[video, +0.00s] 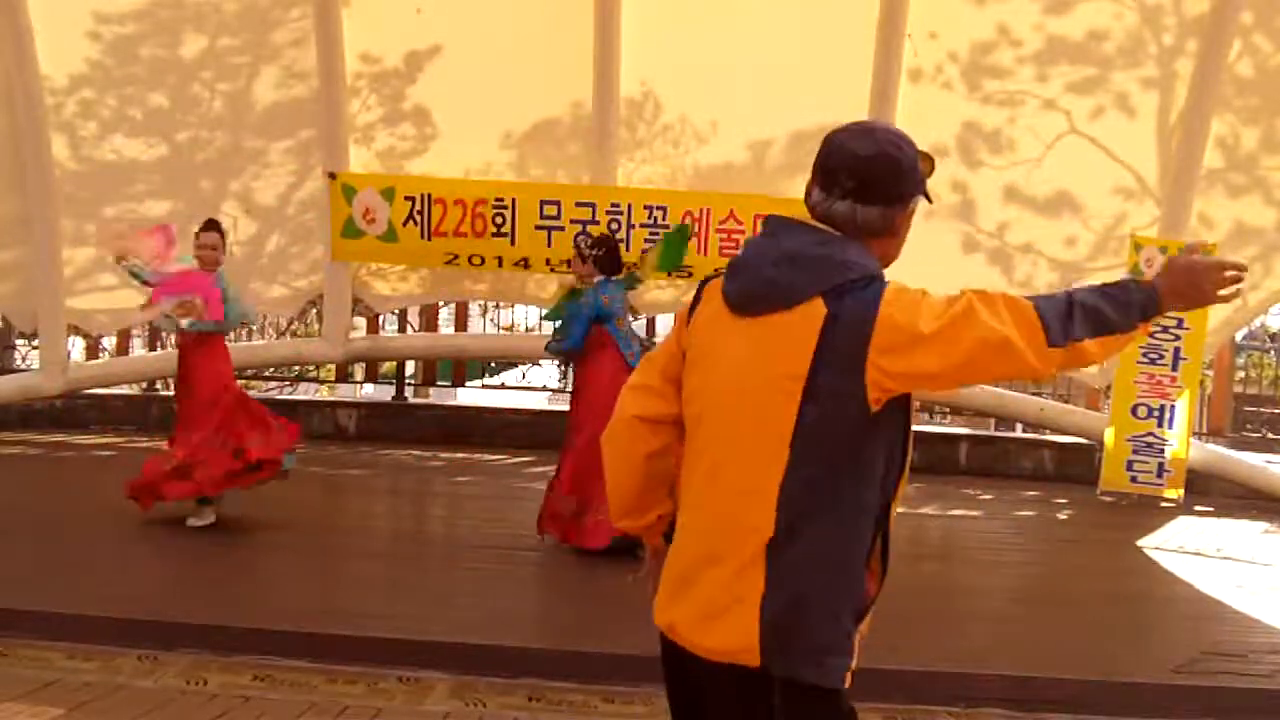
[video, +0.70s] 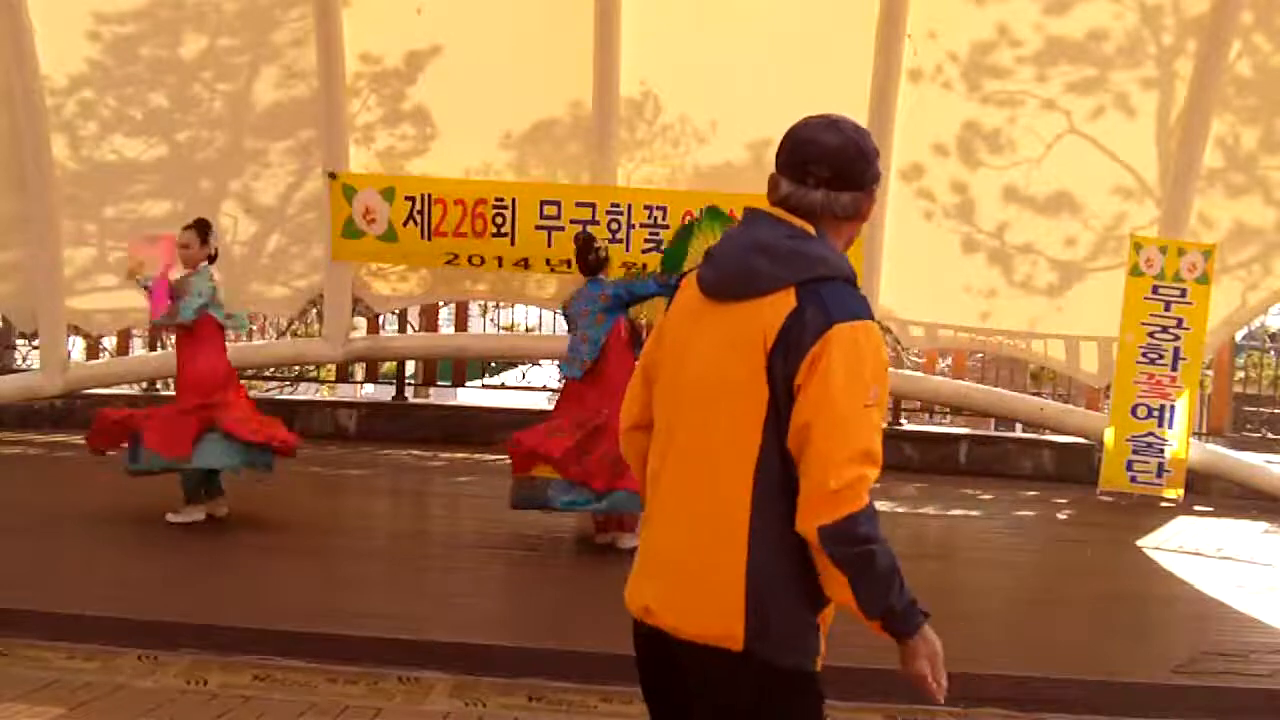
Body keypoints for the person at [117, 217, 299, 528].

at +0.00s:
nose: (207, 253)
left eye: (213, 248)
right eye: (202, 247)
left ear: (223, 253)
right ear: (194, 250)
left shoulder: (222, 285)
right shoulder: (186, 280)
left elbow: (235, 320)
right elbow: (154, 281)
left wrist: (198, 321)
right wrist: (129, 264)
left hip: (213, 356)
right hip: (189, 355)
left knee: (206, 422)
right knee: (193, 422)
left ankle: (207, 502)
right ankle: (201, 496)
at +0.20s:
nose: (232, 255)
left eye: (233, 248)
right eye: (227, 248)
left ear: (218, 247)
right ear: (208, 247)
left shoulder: (229, 282)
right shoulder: (195, 278)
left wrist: (234, 315)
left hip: (205, 359)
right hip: (187, 360)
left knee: (202, 424)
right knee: (183, 425)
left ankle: (192, 499)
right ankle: (168, 503)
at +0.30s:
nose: (229, 249)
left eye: (227, 244)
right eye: (226, 243)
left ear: (202, 244)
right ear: (216, 244)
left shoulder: (212, 274)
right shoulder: (203, 275)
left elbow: (230, 315)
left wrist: (242, 293)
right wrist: (243, 292)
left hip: (197, 360)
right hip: (184, 361)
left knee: (200, 425)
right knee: (184, 427)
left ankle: (189, 499)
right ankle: (167, 504)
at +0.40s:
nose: (215, 248)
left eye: (211, 244)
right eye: (215, 244)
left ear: (188, 248)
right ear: (214, 248)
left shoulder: (176, 282)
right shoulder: (213, 282)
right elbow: (256, 295)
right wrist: (300, 293)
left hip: (175, 360)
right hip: (198, 363)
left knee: (193, 425)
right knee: (203, 427)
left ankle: (191, 495)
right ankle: (184, 494)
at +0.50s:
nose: (181, 243)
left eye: (184, 238)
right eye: (183, 238)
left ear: (190, 243)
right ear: (210, 245)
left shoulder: (172, 280)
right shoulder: (220, 279)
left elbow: (144, 309)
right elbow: (265, 289)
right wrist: (304, 278)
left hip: (181, 357)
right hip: (211, 356)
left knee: (183, 422)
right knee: (217, 421)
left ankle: (193, 502)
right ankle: (227, 499)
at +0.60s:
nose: (174, 251)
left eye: (178, 244)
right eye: (175, 244)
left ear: (192, 246)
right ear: (201, 247)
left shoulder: (183, 285)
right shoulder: (216, 281)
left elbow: (144, 315)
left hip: (190, 365)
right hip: (218, 364)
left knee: (192, 430)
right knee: (214, 428)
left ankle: (195, 504)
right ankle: (220, 500)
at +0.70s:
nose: (182, 252)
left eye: (188, 246)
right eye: (180, 246)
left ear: (207, 250)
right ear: (179, 247)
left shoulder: (201, 282)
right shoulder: (188, 281)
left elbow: (183, 315)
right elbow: (165, 301)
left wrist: (158, 320)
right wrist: (146, 283)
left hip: (203, 364)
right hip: (199, 361)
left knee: (190, 428)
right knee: (204, 428)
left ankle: (194, 503)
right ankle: (215, 497)